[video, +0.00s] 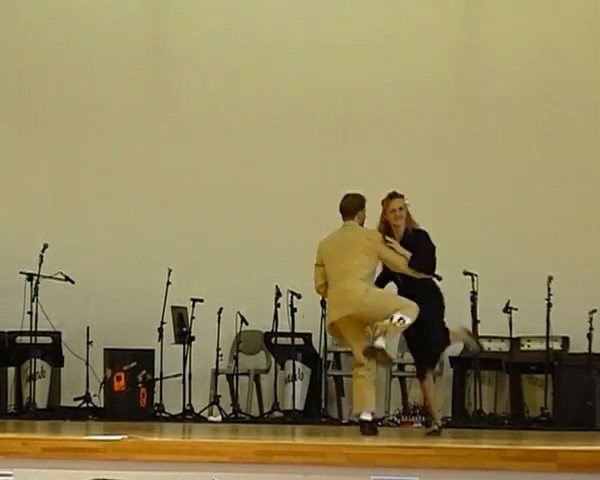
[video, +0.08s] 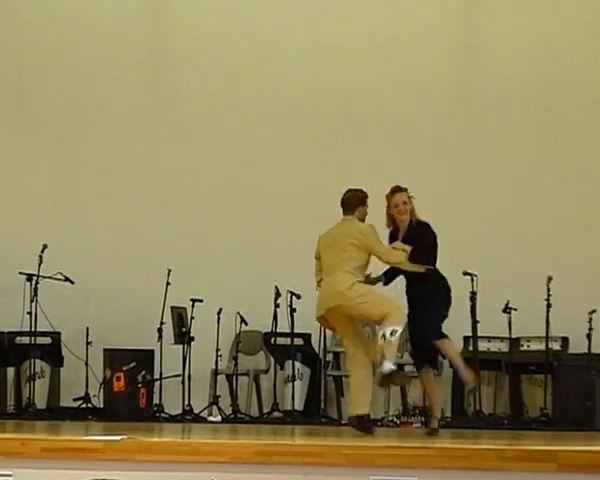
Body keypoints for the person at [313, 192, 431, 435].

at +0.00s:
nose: (366, 216)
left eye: (364, 213)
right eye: (365, 213)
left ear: (342, 215)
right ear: (361, 214)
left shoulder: (325, 244)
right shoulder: (369, 236)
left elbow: (320, 285)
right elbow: (399, 264)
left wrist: (339, 300)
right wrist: (418, 274)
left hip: (336, 307)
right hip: (362, 299)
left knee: (362, 360)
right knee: (410, 308)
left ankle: (365, 416)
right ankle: (381, 338)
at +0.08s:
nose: (367, 212)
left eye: (366, 207)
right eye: (366, 208)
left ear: (343, 209)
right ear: (361, 209)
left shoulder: (325, 237)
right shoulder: (362, 230)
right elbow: (387, 256)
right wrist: (413, 264)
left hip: (325, 301)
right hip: (350, 292)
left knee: (359, 350)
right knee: (395, 311)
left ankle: (359, 413)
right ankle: (387, 364)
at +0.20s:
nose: (365, 211)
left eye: (364, 207)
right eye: (363, 207)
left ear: (346, 210)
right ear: (353, 209)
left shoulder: (337, 233)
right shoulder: (345, 230)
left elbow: (342, 275)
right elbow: (355, 258)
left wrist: (366, 274)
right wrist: (390, 258)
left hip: (323, 301)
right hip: (332, 299)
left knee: (350, 356)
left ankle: (345, 417)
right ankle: (391, 383)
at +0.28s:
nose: (361, 210)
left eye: (361, 205)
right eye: (358, 206)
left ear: (344, 208)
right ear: (345, 208)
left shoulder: (342, 233)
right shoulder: (337, 228)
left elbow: (350, 273)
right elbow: (336, 256)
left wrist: (374, 265)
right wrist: (372, 255)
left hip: (324, 300)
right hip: (321, 297)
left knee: (341, 356)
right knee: (355, 330)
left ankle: (341, 414)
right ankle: (360, 388)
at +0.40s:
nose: (348, 215)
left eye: (350, 211)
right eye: (344, 210)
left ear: (348, 213)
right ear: (331, 212)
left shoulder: (338, 241)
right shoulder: (323, 235)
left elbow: (352, 277)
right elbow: (318, 264)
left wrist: (380, 269)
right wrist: (351, 256)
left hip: (322, 307)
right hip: (302, 304)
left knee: (348, 345)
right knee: (335, 338)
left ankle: (339, 405)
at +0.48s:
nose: (330, 223)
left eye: (332, 219)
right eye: (325, 219)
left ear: (336, 220)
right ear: (314, 220)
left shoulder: (330, 251)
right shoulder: (305, 246)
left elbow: (343, 284)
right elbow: (306, 280)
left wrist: (374, 293)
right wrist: (339, 282)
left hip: (311, 316)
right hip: (288, 313)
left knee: (335, 359)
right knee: (312, 358)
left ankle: (322, 417)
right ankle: (295, 416)